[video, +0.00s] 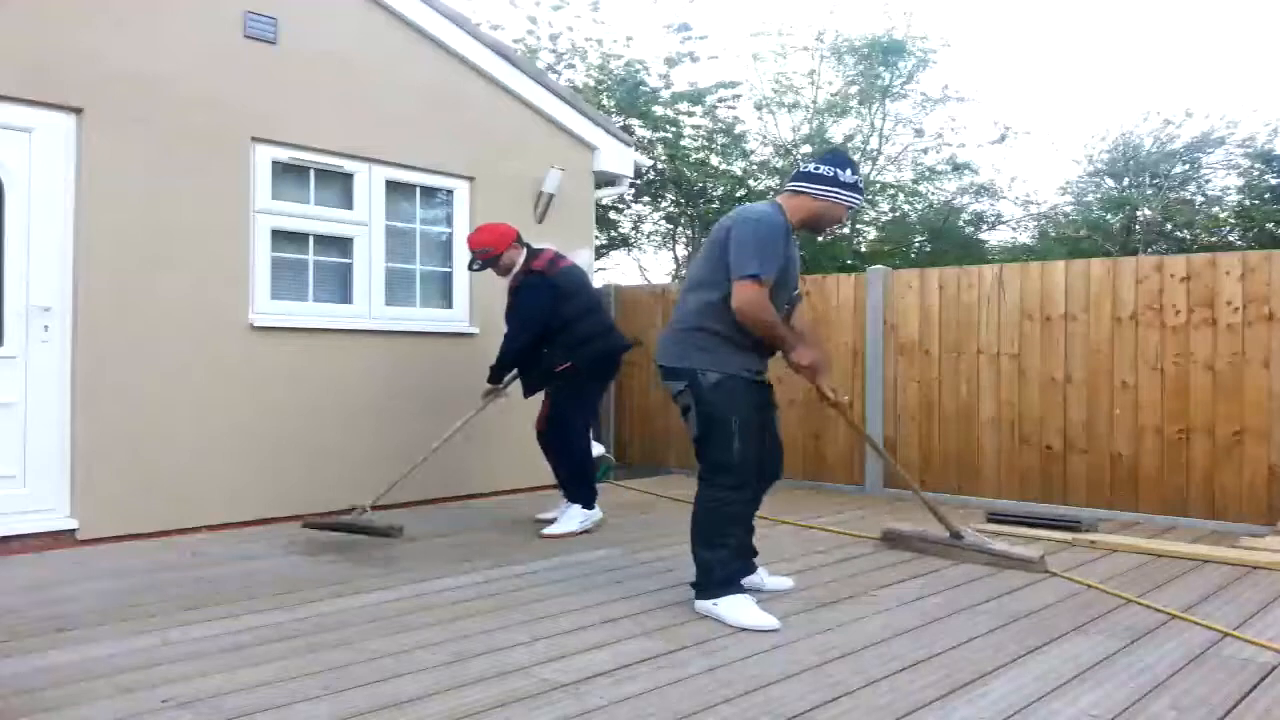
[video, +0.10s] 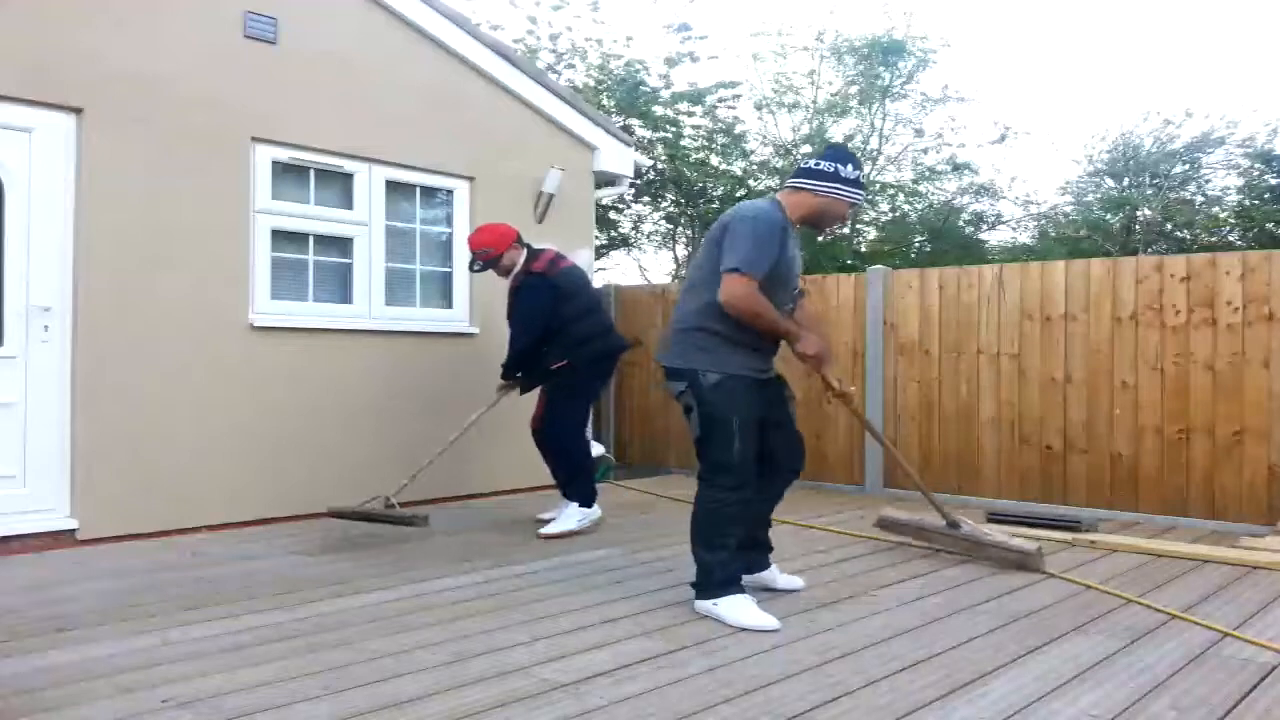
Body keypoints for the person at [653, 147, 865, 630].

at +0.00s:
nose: (843, 221)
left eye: (848, 212)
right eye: (845, 209)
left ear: (814, 192)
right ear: (825, 195)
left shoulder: (786, 245)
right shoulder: (759, 221)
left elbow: (786, 315)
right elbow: (746, 303)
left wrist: (812, 357)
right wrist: (789, 344)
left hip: (740, 367)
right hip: (707, 363)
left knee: (762, 464)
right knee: (729, 470)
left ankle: (737, 566)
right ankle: (714, 589)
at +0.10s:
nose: (846, 220)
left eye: (851, 210)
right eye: (849, 208)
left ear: (817, 189)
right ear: (826, 192)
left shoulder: (786, 238)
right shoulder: (758, 217)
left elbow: (792, 307)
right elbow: (736, 294)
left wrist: (815, 348)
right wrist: (794, 334)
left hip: (750, 368)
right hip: (710, 365)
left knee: (781, 457)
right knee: (729, 471)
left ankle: (749, 562)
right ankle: (715, 588)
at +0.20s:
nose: (851, 213)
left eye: (855, 204)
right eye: (853, 202)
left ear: (823, 185)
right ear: (832, 188)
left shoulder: (794, 239)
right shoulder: (764, 211)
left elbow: (792, 310)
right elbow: (721, 273)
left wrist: (822, 356)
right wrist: (788, 323)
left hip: (760, 370)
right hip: (717, 367)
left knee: (783, 464)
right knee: (726, 476)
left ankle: (776, 572)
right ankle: (716, 588)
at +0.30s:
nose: (858, 213)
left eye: (862, 204)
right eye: (860, 201)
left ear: (831, 186)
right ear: (839, 188)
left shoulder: (804, 246)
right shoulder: (772, 211)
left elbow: (799, 310)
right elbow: (714, 254)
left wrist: (822, 352)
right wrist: (776, 311)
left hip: (765, 371)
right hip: (721, 365)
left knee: (779, 477)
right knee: (726, 477)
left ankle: (798, 578)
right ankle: (716, 588)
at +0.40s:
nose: (870, 215)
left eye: (874, 206)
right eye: (872, 204)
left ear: (841, 189)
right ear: (851, 191)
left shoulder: (813, 247)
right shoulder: (780, 211)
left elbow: (808, 309)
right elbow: (712, 242)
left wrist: (821, 351)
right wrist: (774, 300)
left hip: (775, 372)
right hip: (728, 366)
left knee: (784, 479)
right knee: (730, 478)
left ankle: (801, 580)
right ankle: (717, 589)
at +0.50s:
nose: (877, 219)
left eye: (882, 211)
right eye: (880, 209)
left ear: (852, 192)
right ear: (860, 194)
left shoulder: (825, 250)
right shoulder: (786, 211)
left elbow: (819, 311)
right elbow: (719, 243)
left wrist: (828, 355)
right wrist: (783, 298)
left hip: (786, 374)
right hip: (735, 367)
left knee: (794, 478)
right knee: (736, 478)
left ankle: (803, 580)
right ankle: (718, 589)